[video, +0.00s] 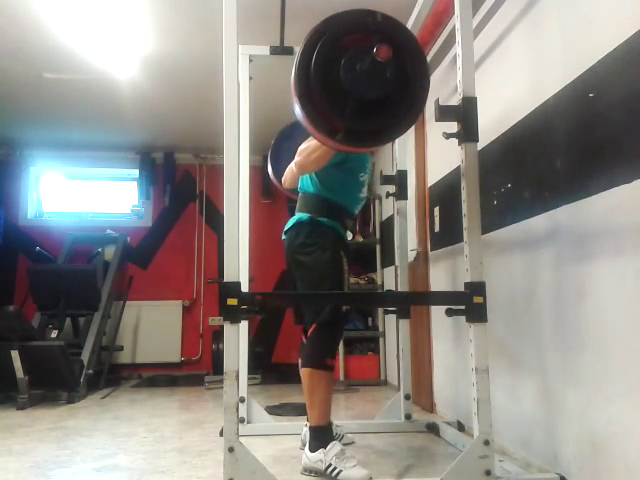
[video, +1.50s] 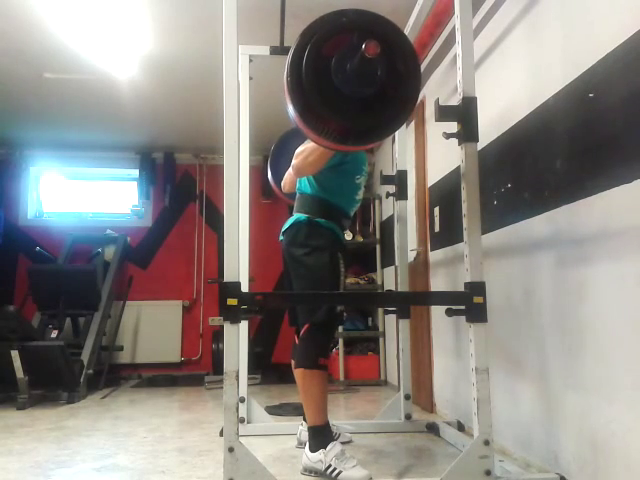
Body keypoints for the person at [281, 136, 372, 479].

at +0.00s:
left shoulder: (353, 137)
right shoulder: (338, 132)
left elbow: (289, 180)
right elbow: (297, 168)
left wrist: (302, 162)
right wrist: (340, 138)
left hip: (319, 232)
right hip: (313, 232)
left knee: (321, 330)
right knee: (326, 329)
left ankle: (318, 433)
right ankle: (320, 445)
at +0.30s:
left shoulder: (352, 138)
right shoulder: (333, 132)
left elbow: (284, 178)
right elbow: (296, 166)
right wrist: (340, 134)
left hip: (317, 232)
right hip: (308, 231)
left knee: (314, 333)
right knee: (321, 331)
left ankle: (315, 431)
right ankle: (320, 446)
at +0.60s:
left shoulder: (344, 135)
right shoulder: (330, 130)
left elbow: (282, 181)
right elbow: (296, 168)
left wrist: (299, 164)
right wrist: (335, 142)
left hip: (311, 233)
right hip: (307, 232)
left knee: (309, 334)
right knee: (318, 332)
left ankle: (314, 429)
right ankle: (320, 445)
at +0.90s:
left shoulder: (347, 138)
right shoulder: (334, 134)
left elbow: (283, 182)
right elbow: (294, 172)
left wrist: (295, 166)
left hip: (314, 233)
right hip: (307, 232)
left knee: (313, 331)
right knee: (313, 331)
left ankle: (315, 429)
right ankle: (319, 445)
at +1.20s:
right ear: (355, 109)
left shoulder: (349, 141)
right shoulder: (335, 134)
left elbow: (286, 184)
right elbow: (298, 169)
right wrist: (339, 137)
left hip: (316, 234)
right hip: (311, 234)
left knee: (311, 334)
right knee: (318, 332)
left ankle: (315, 429)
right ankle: (320, 447)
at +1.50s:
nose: (378, 131)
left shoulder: (347, 143)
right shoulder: (335, 135)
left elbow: (287, 185)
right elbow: (298, 167)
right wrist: (337, 134)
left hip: (316, 234)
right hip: (311, 234)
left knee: (313, 334)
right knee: (317, 333)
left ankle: (315, 428)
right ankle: (319, 447)